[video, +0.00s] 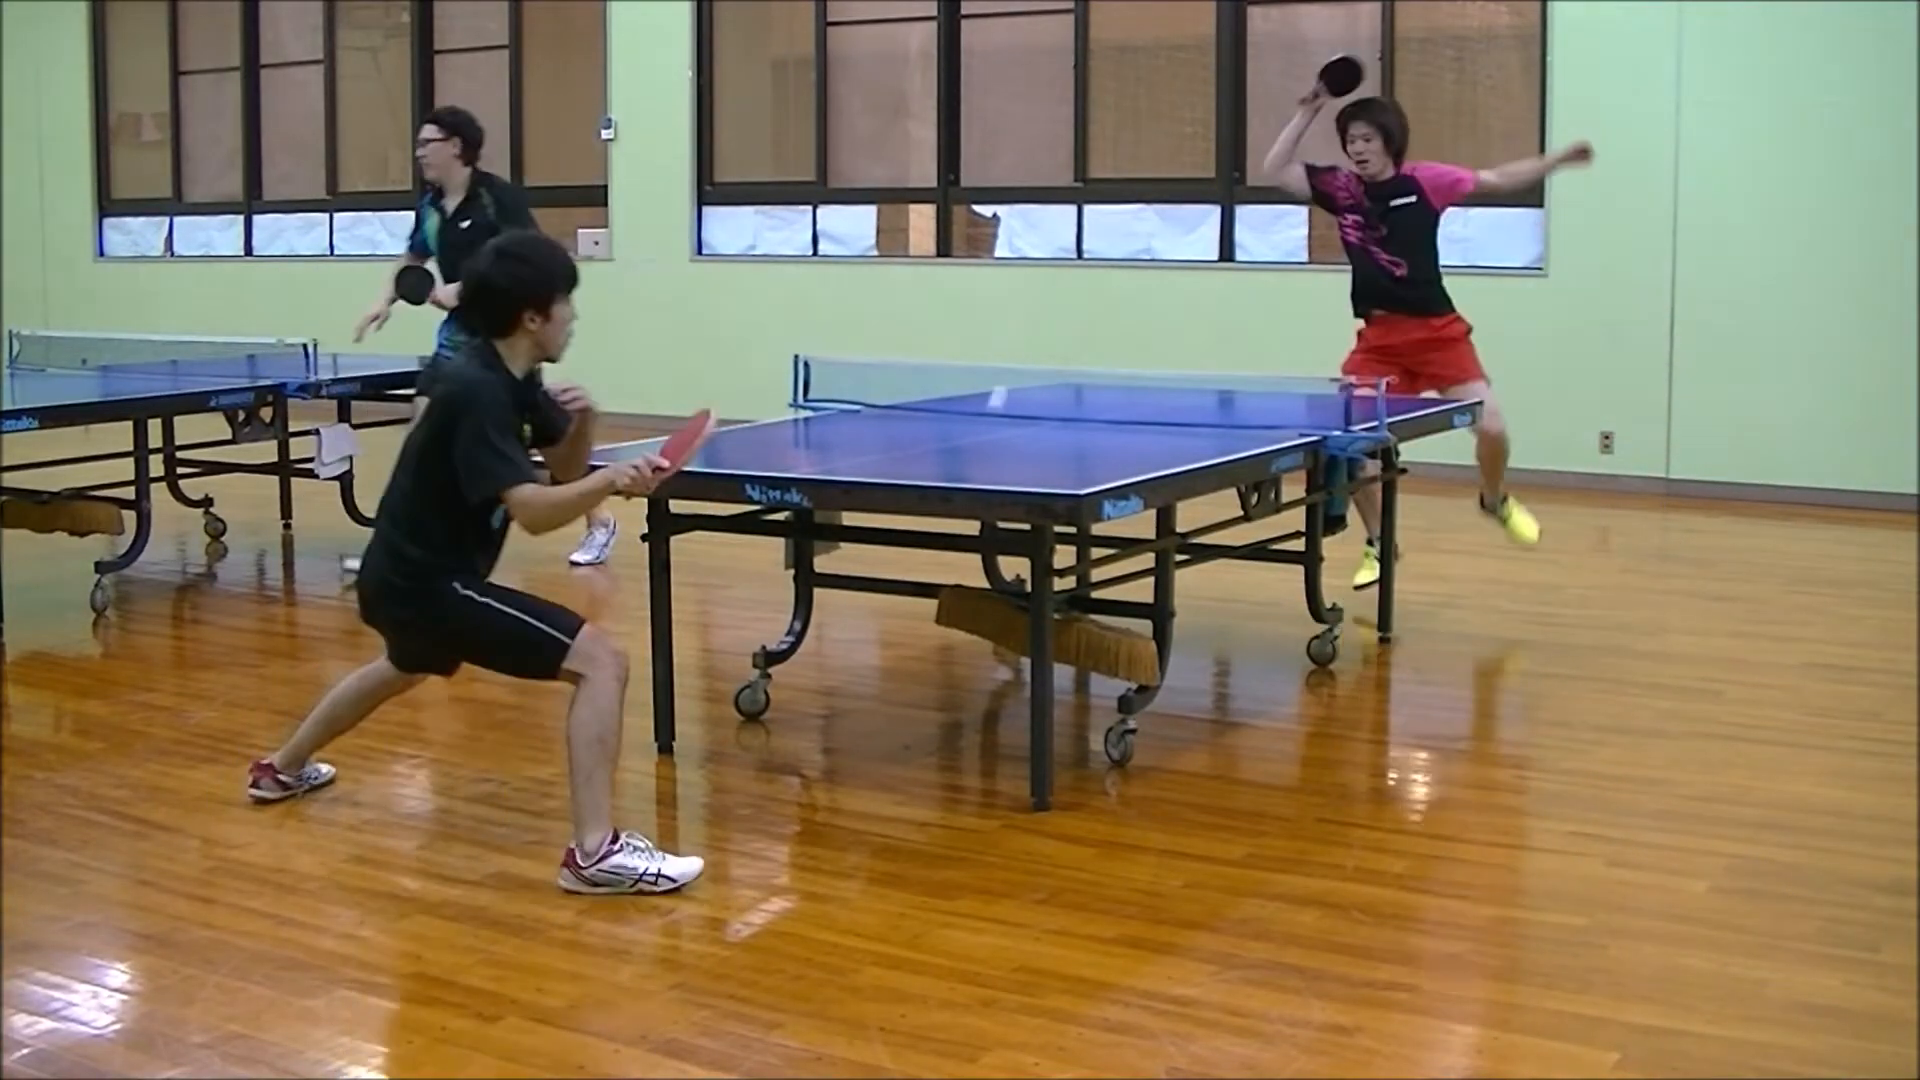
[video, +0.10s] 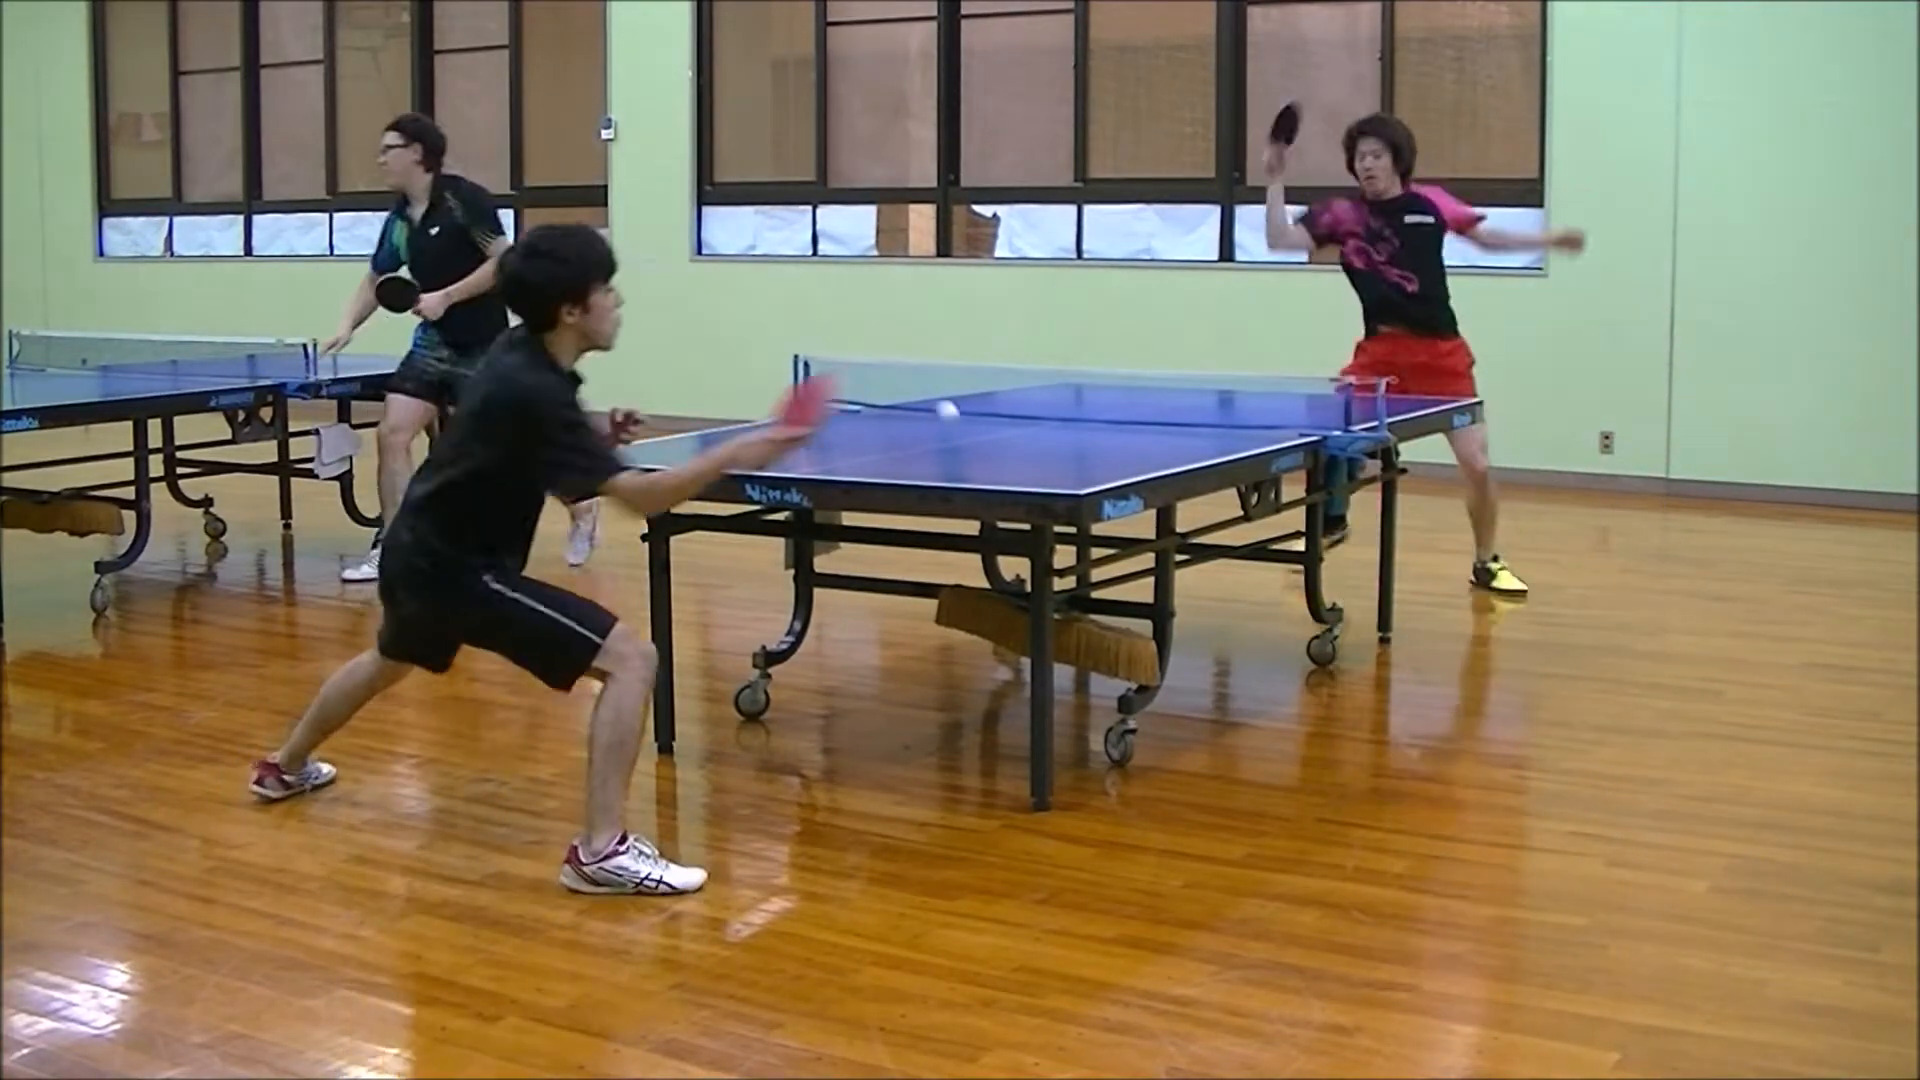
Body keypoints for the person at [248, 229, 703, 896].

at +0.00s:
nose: (572, 321)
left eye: (571, 308)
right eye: (566, 309)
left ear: (521, 314)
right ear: (532, 317)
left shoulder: (513, 374)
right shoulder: (476, 388)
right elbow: (533, 513)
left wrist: (582, 420)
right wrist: (610, 480)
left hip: (410, 578)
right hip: (424, 592)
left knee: (408, 667)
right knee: (600, 661)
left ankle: (281, 767)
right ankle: (595, 847)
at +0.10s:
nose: (618, 300)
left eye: (612, 288)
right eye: (606, 291)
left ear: (556, 307)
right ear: (569, 310)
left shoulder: (510, 356)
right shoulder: (538, 395)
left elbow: (503, 449)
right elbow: (642, 497)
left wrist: (591, 437)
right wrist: (737, 452)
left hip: (412, 558)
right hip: (459, 578)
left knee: (387, 662)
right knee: (631, 658)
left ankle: (283, 764)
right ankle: (602, 847)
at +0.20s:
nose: (661, 289)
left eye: (656, 277)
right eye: (652, 280)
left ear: (582, 295)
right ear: (615, 300)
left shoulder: (528, 336)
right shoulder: (619, 388)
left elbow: (469, 433)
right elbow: (756, 442)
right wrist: (865, 392)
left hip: (414, 537)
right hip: (479, 560)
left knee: (375, 648)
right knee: (646, 658)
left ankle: (300, 767)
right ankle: (604, 847)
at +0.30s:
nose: (684, 273)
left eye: (680, 259)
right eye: (677, 261)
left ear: (606, 273)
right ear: (647, 281)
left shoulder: (544, 308)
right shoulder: (657, 369)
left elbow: (431, 336)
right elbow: (800, 388)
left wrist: (488, 353)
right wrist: (894, 312)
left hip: (420, 516)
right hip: (493, 541)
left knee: (372, 650)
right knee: (647, 658)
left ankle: (301, 782)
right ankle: (603, 849)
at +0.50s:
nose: (653, 237)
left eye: (650, 222)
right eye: (650, 224)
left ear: (563, 223)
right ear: (629, 233)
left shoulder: (499, 277)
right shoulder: (629, 310)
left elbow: (389, 343)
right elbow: (728, 404)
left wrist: (416, 413)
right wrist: (820, 360)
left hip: (421, 494)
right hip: (509, 513)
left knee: (366, 643)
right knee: (636, 646)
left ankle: (288, 792)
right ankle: (650, 834)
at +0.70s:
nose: (581, 264)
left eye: (580, 249)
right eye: (579, 250)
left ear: (502, 247)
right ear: (557, 256)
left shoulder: (446, 306)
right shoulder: (549, 334)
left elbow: (386, 388)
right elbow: (627, 444)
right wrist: (702, 429)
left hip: (373, 525)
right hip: (464, 541)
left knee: (343, 649)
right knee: (590, 672)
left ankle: (274, 805)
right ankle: (661, 858)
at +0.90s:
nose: (520, 279)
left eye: (521, 265)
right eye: (518, 265)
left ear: (435, 262)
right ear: (494, 271)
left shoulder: (393, 317)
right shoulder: (470, 345)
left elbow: (415, 416)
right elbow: (496, 471)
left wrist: (533, 436)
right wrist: (580, 450)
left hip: (295, 541)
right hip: (364, 554)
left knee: (291, 665)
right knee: (523, 678)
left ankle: (178, 792)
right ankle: (538, 871)